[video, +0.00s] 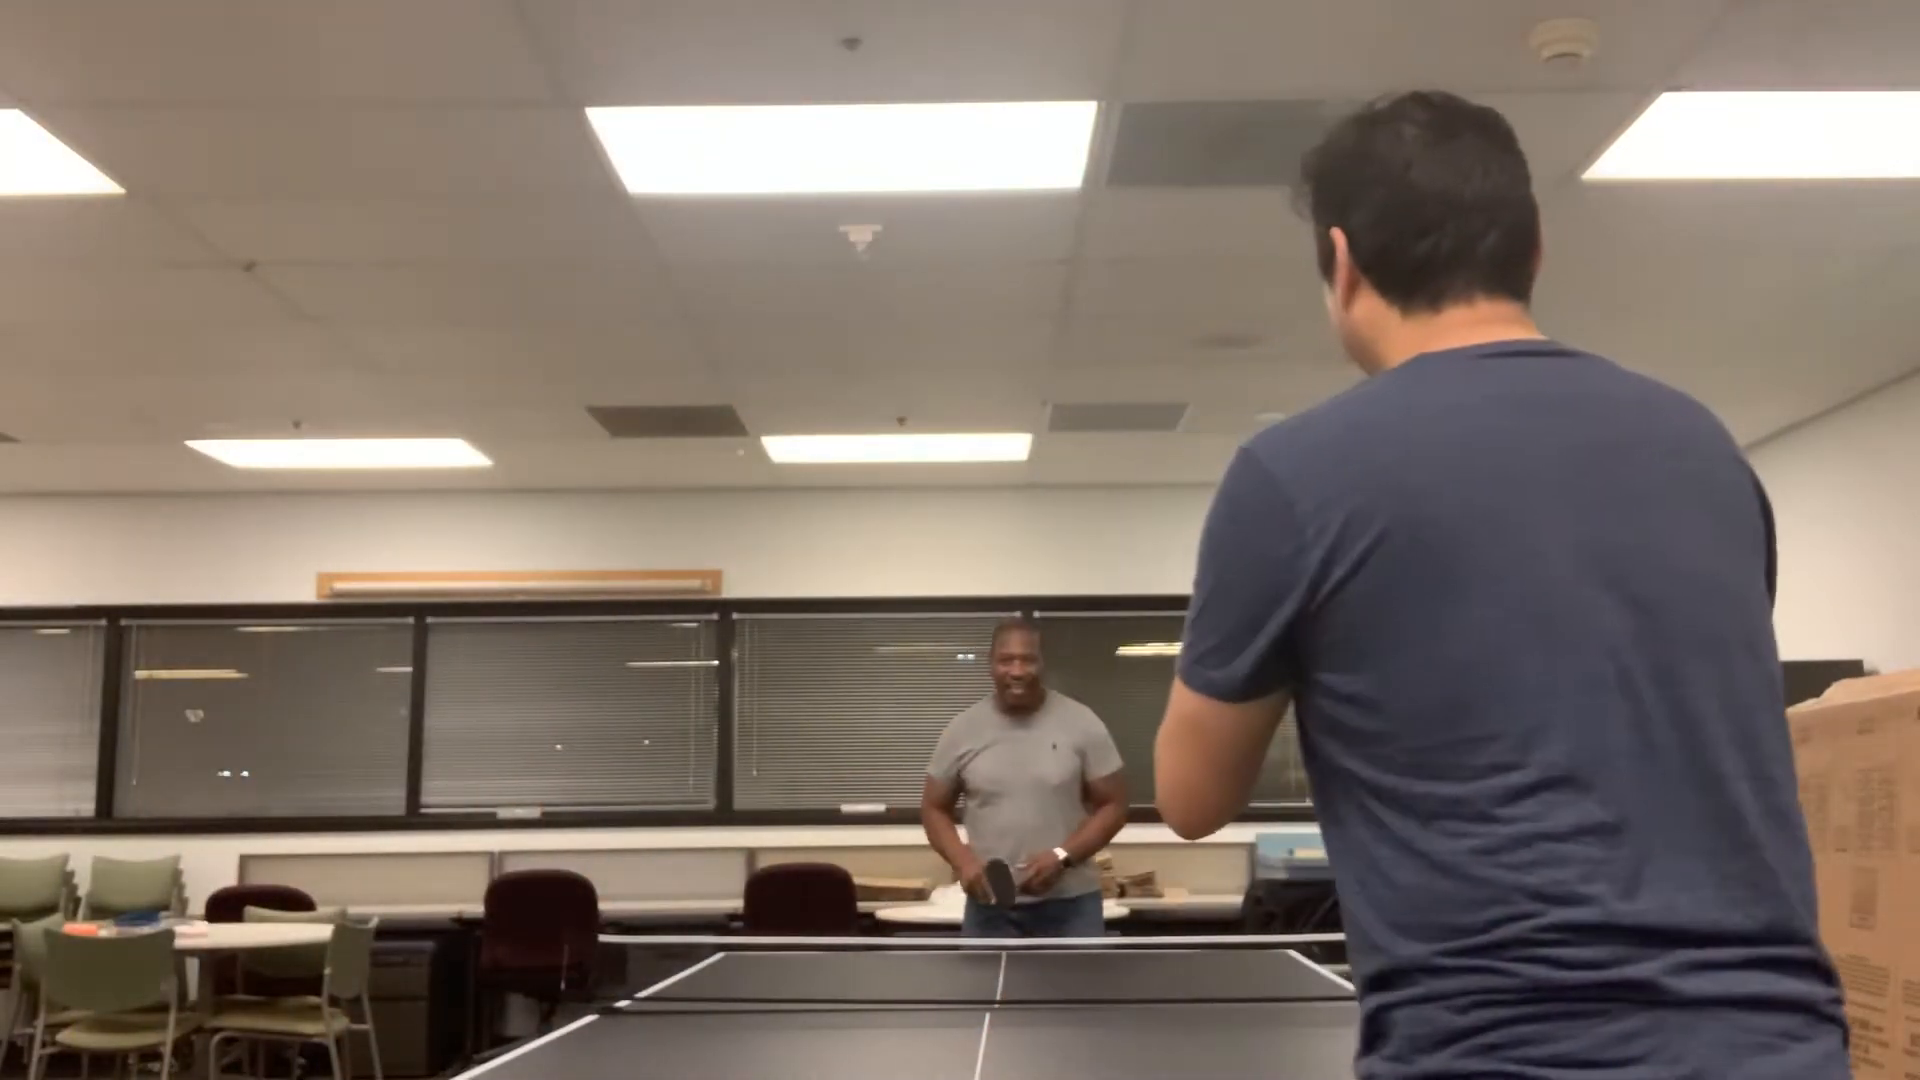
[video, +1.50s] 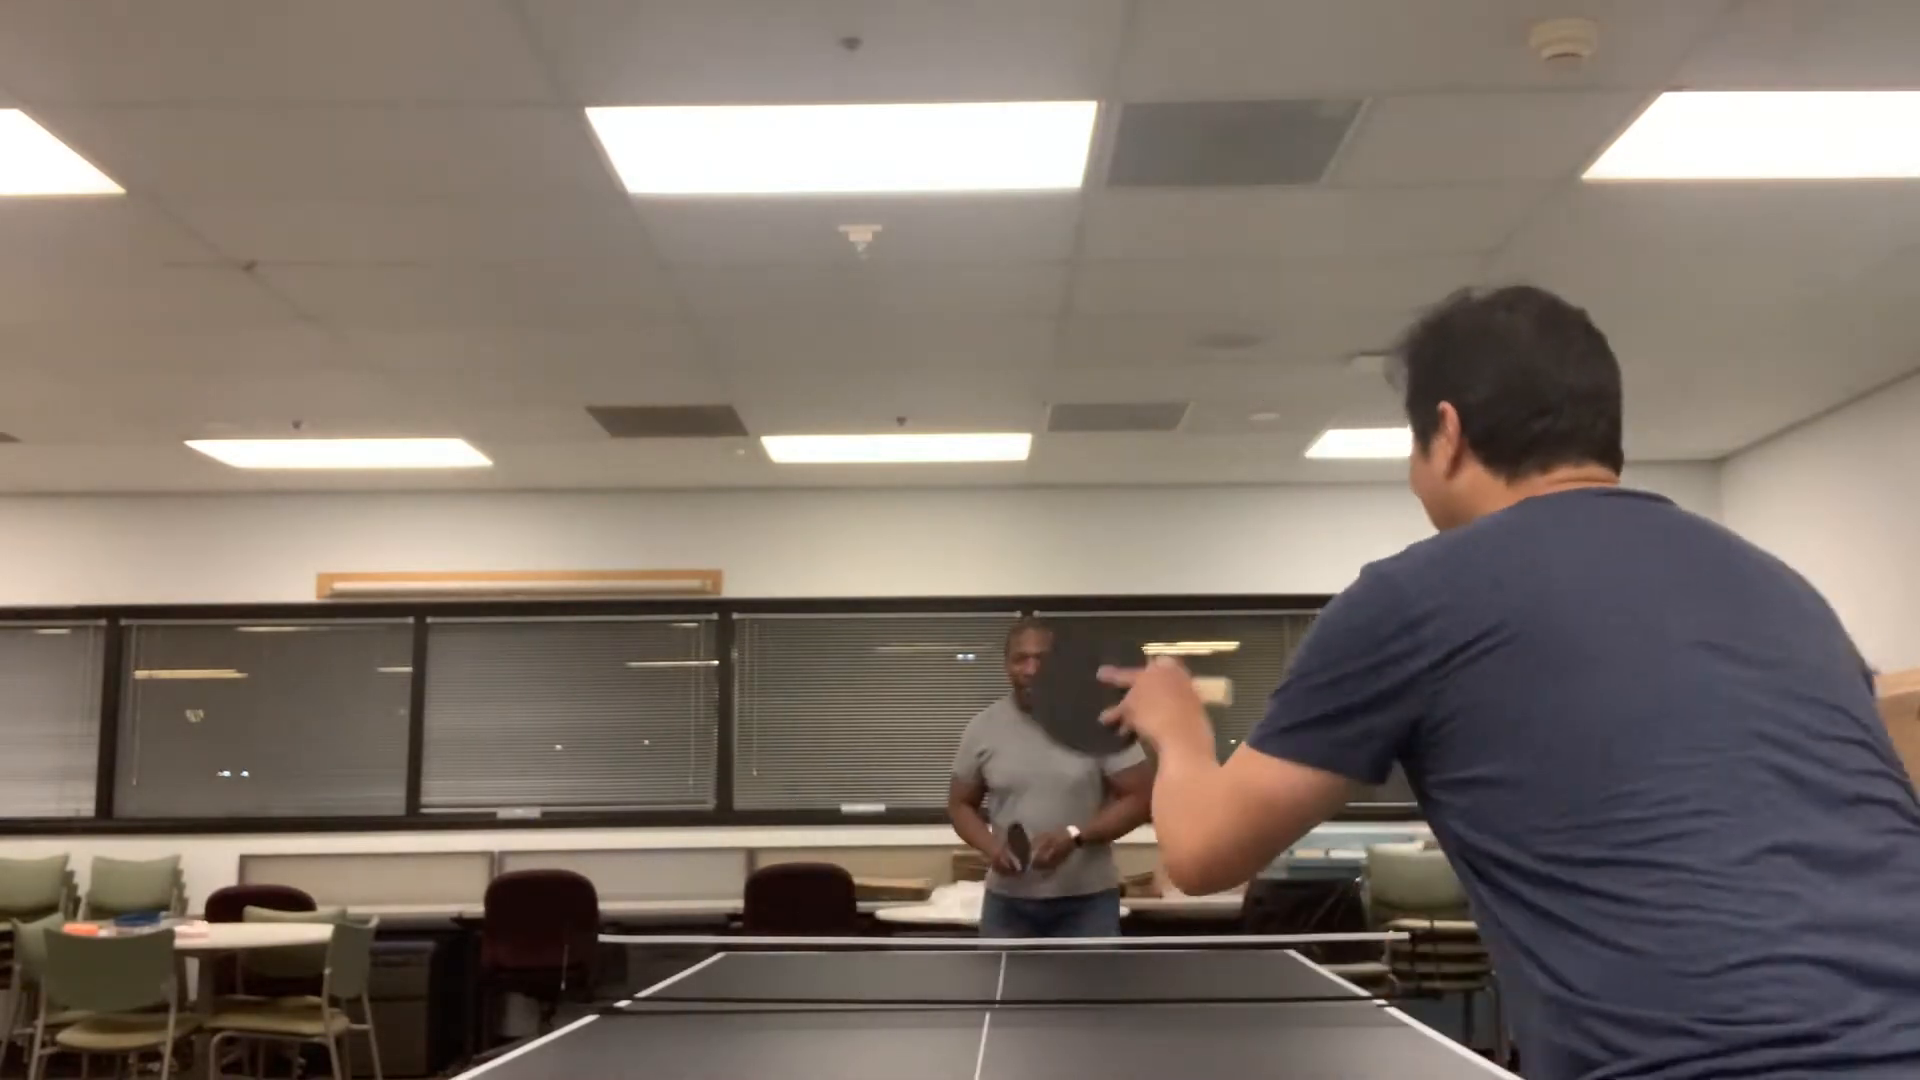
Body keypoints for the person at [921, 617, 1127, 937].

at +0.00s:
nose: (1017, 671)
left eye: (1028, 660)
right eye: (1007, 661)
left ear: (1042, 664)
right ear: (991, 665)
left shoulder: (1080, 723)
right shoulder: (963, 729)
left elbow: (1114, 806)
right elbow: (933, 809)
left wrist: (1062, 856)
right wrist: (966, 863)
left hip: (1070, 907)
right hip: (990, 909)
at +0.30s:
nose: (1046, 674)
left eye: (1056, 663)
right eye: (1035, 663)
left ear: (1070, 668)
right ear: (1019, 668)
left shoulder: (1106, 727)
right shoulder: (987, 729)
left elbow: (1142, 808)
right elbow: (964, 808)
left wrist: (1091, 851)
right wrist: (1002, 855)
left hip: (1088, 907)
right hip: (1009, 907)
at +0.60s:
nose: (1030, 679)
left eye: (1041, 669)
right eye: (1019, 669)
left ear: (1055, 673)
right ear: (1003, 672)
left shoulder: (1091, 731)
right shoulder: (973, 734)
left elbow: (1117, 806)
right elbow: (941, 815)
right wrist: (988, 859)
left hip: (1074, 906)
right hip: (995, 906)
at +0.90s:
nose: (1026, 680)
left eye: (1037, 670)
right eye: (1015, 670)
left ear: (1051, 673)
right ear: (999, 675)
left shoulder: (1088, 731)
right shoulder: (970, 737)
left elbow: (1115, 809)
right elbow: (943, 817)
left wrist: (1076, 861)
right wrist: (991, 867)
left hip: (1071, 906)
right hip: (993, 906)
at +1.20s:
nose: (1024, 681)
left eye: (1035, 671)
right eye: (1014, 671)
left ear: (1049, 674)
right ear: (998, 675)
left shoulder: (1087, 732)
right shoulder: (967, 739)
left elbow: (1114, 810)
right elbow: (942, 817)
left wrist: (1072, 871)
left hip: (1070, 905)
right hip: (993, 904)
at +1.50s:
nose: (1031, 669)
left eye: (1042, 658)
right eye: (1020, 659)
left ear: (1062, 663)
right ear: (1007, 665)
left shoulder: (1094, 719)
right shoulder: (985, 726)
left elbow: (1140, 797)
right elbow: (960, 805)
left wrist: (1075, 835)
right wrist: (992, 848)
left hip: (1088, 903)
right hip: (1009, 902)